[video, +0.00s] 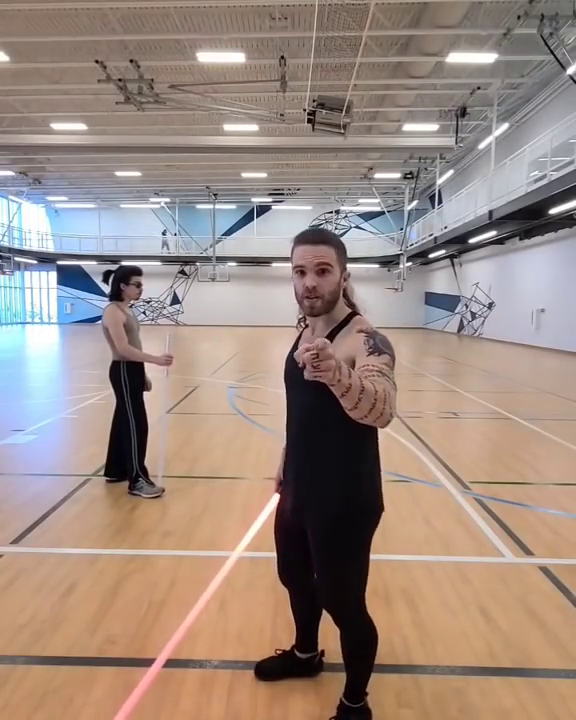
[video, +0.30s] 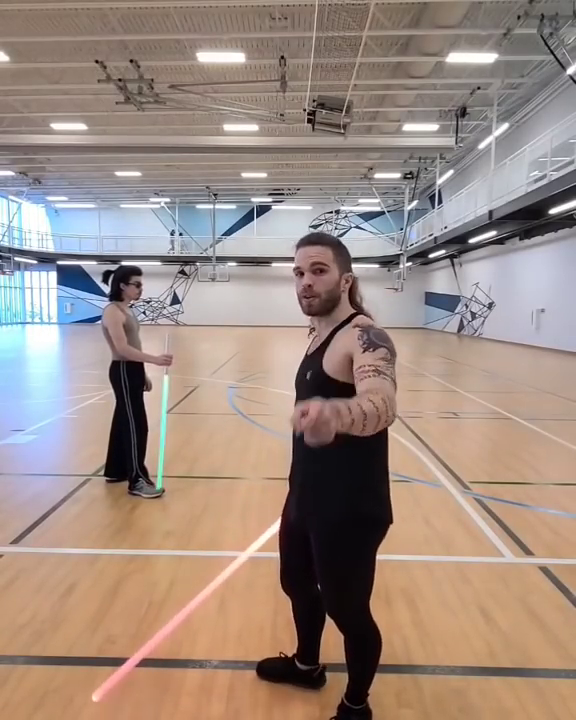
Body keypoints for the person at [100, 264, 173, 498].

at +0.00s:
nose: (140, 289)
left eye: (141, 285)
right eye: (136, 285)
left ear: (131, 287)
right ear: (121, 286)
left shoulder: (125, 310)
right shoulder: (113, 311)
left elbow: (131, 348)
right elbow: (122, 348)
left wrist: (142, 375)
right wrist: (156, 359)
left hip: (131, 370)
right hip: (124, 371)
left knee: (124, 420)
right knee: (137, 424)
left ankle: (115, 469)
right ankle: (137, 480)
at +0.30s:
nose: (140, 289)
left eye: (141, 285)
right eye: (136, 285)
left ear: (130, 287)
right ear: (121, 286)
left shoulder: (126, 310)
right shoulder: (113, 311)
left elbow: (131, 347)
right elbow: (121, 348)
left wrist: (142, 374)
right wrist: (156, 359)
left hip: (131, 370)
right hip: (124, 371)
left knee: (125, 420)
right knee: (137, 425)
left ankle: (115, 469)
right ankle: (137, 480)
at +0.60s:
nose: (137, 297)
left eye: (140, 294)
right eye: (134, 292)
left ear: (136, 291)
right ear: (121, 287)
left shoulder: (126, 309)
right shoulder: (109, 310)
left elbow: (134, 342)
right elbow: (120, 344)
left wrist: (147, 366)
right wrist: (154, 353)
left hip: (132, 367)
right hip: (121, 368)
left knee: (132, 419)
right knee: (134, 419)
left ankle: (119, 471)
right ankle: (126, 473)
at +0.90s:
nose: (141, 298)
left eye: (144, 294)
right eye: (139, 293)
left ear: (136, 291)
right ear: (125, 288)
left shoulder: (127, 310)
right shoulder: (110, 310)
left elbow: (131, 343)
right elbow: (117, 346)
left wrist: (144, 366)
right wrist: (153, 355)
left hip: (132, 368)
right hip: (119, 370)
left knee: (130, 422)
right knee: (120, 424)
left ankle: (124, 467)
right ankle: (115, 477)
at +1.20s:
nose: (137, 294)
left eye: (139, 290)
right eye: (134, 289)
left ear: (135, 289)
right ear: (119, 285)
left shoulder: (126, 310)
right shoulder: (109, 310)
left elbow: (131, 342)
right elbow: (118, 345)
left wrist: (146, 363)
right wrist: (153, 350)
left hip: (132, 368)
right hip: (120, 369)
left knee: (130, 423)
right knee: (121, 424)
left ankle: (124, 468)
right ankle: (115, 477)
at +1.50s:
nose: (136, 292)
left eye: (138, 288)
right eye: (132, 287)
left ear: (135, 289)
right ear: (118, 285)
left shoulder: (127, 310)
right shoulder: (109, 310)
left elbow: (133, 341)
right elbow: (116, 345)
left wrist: (155, 350)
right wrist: (151, 352)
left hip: (132, 366)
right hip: (119, 368)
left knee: (130, 423)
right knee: (121, 424)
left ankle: (124, 468)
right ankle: (114, 476)